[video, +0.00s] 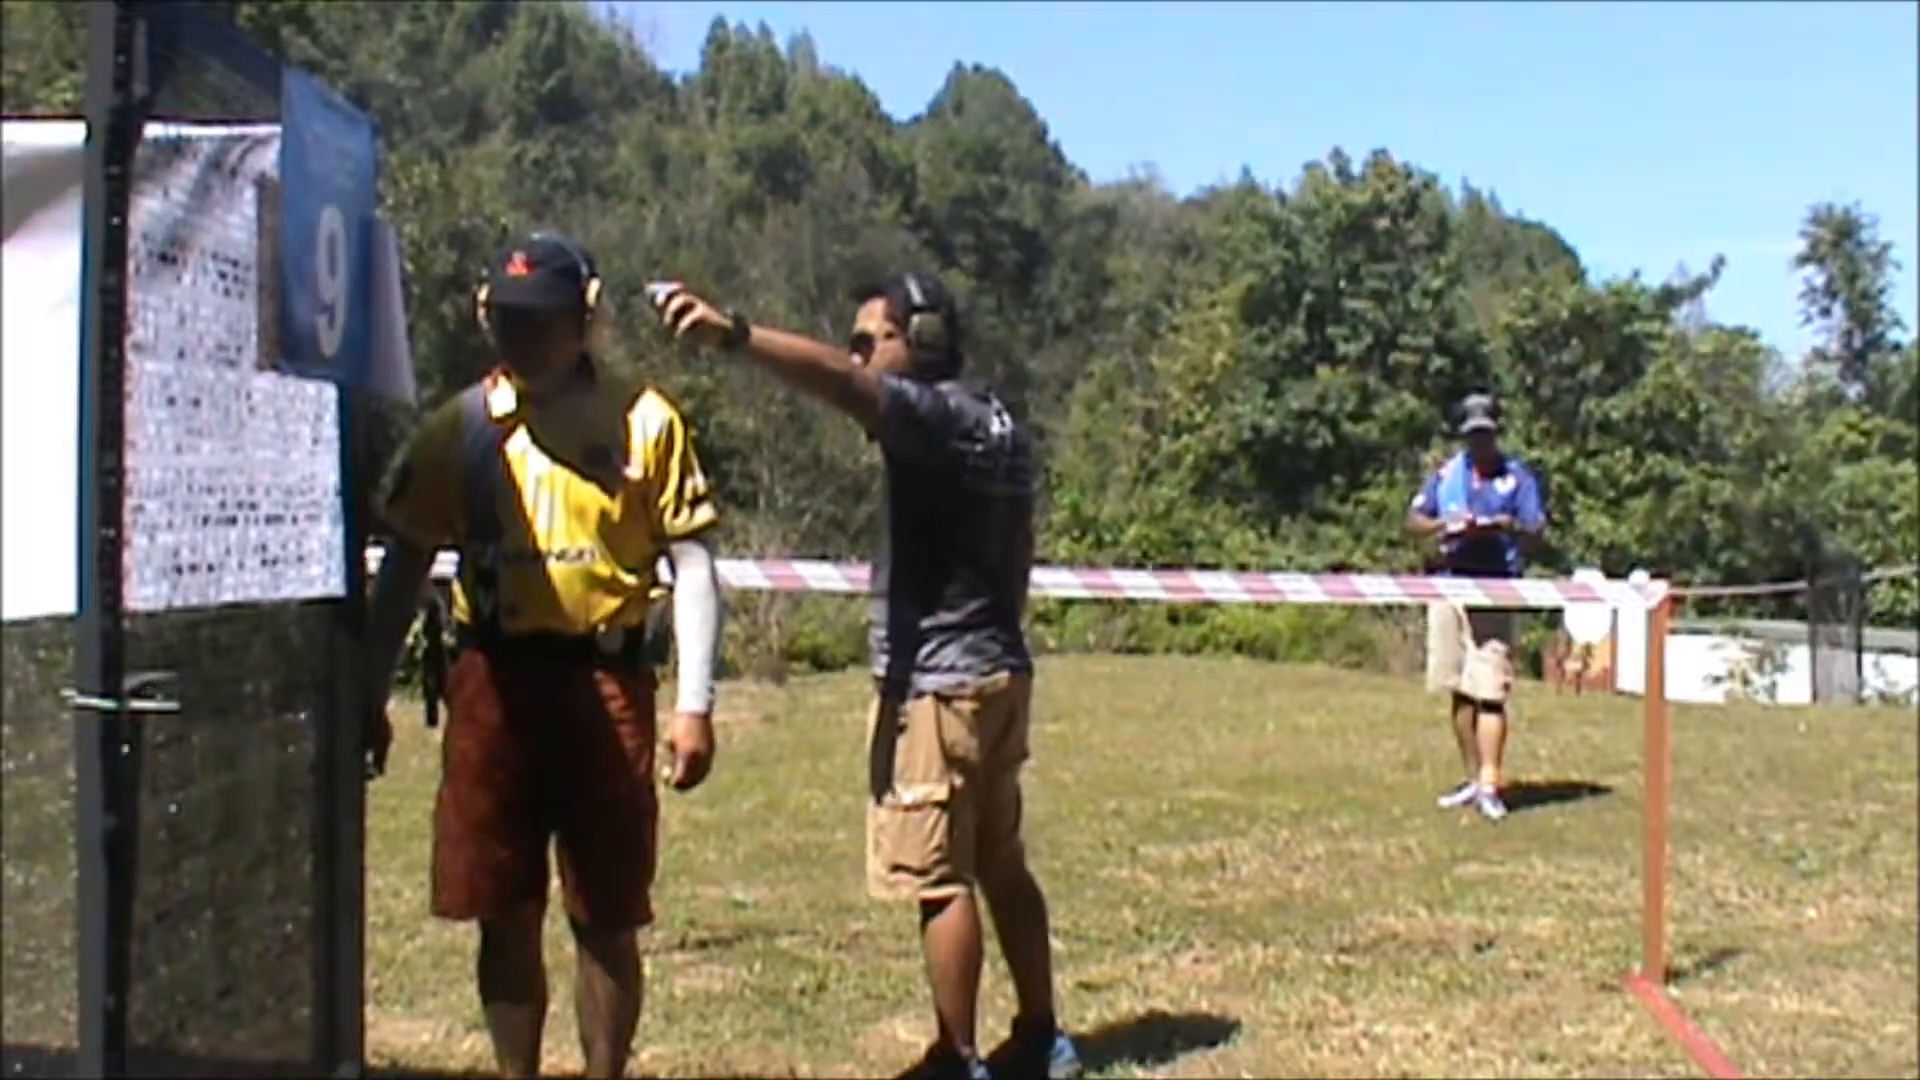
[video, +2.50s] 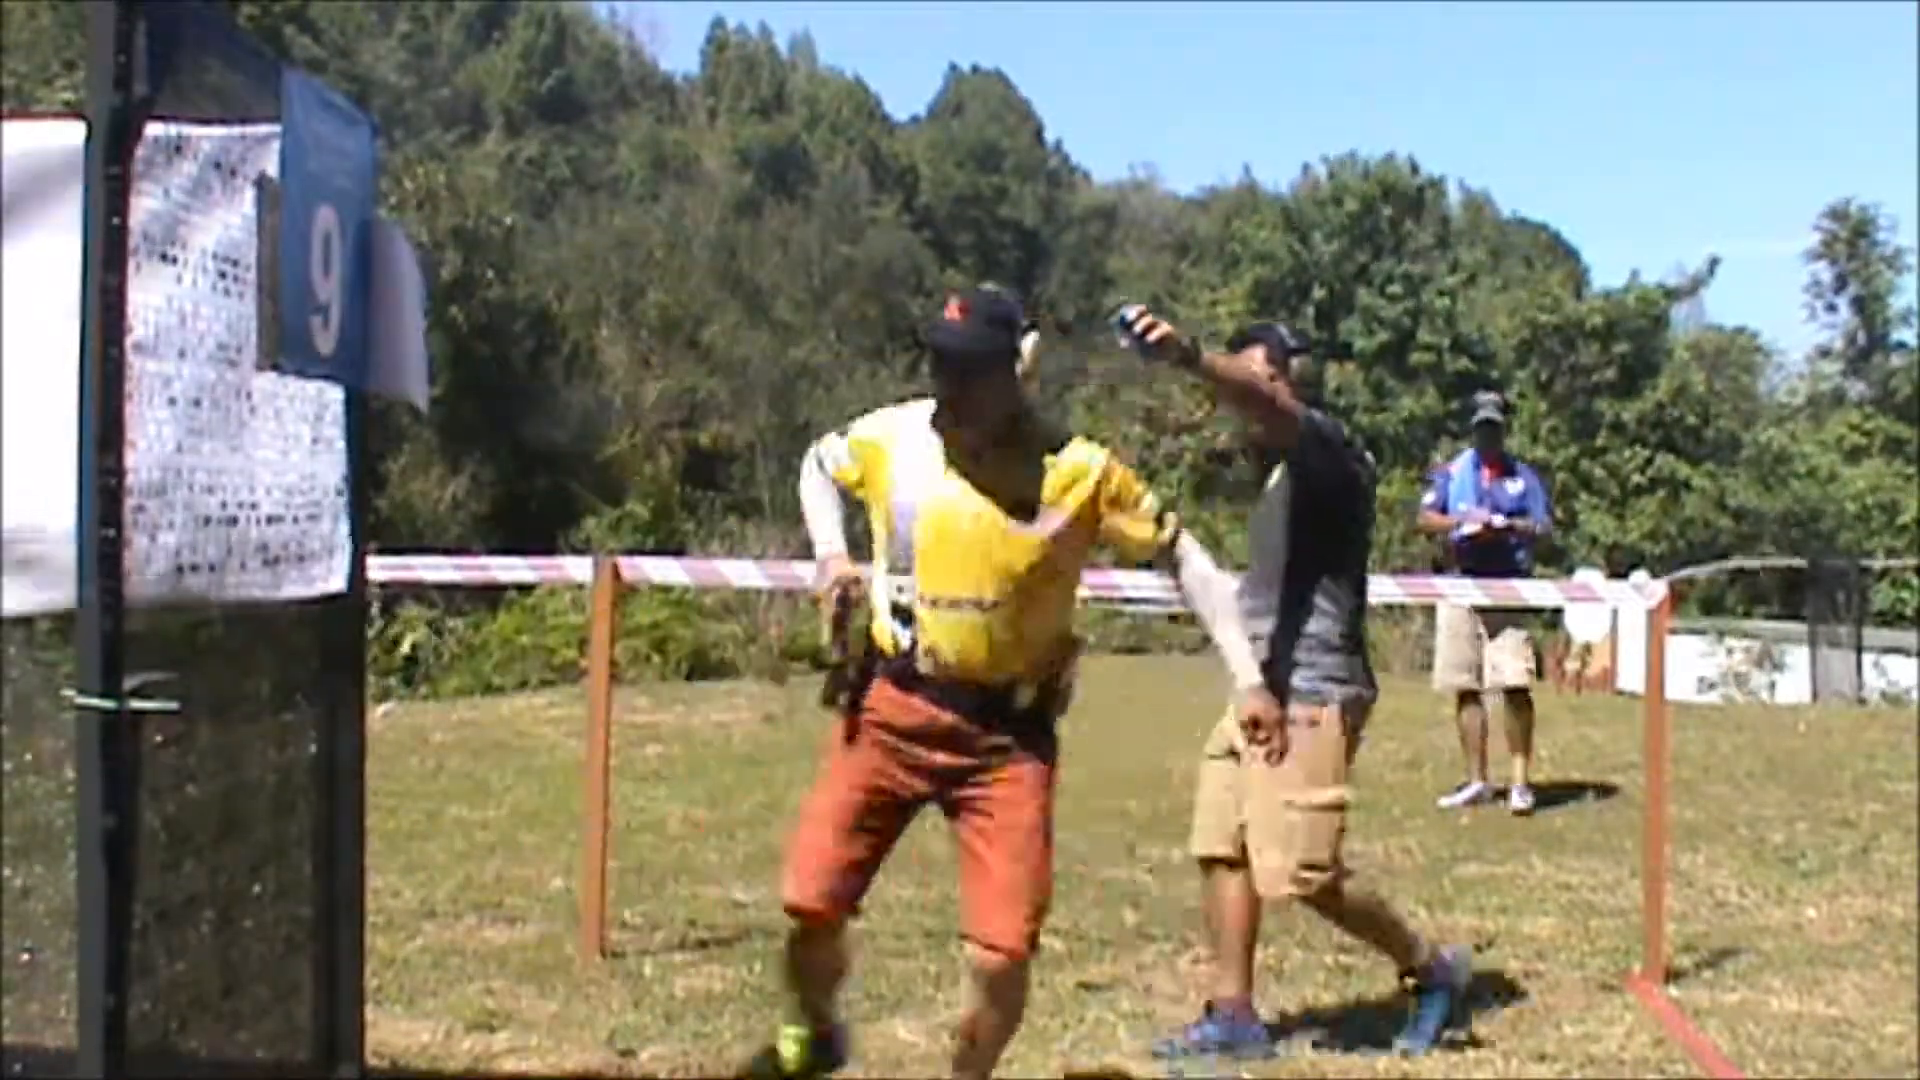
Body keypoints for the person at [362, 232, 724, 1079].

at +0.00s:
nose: (516, 339)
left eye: (536, 323)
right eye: (506, 320)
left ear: (585, 323)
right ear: (488, 317)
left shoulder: (645, 423)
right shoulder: (463, 426)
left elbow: (692, 565)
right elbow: (405, 565)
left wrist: (695, 700)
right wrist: (370, 695)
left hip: (605, 694)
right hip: (495, 694)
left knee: (606, 923)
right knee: (503, 915)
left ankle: (605, 1071)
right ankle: (517, 1071)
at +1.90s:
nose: (580, 433)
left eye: (595, 416)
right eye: (562, 416)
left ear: (624, 394)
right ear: (531, 394)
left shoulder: (671, 461)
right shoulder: (490, 432)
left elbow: (752, 583)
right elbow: (425, 475)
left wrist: (813, 718)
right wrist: (436, 583)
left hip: (645, 702)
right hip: (526, 698)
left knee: (724, 898)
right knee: (493, 922)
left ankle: (719, 1061)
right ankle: (509, 1072)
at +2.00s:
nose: (594, 453)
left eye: (610, 435)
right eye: (575, 437)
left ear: (638, 411)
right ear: (545, 413)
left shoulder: (685, 481)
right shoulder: (495, 455)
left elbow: (766, 594)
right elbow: (455, 522)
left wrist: (818, 723)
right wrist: (479, 649)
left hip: (664, 714)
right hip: (541, 712)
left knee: (757, 909)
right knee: (491, 928)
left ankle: (789, 1048)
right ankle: (503, 1071)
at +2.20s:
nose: (704, 512)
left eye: (712, 491)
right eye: (682, 500)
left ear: (726, 467)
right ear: (638, 485)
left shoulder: (772, 547)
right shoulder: (581, 514)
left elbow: (843, 644)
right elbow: (531, 551)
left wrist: (916, 759)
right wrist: (552, 665)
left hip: (736, 769)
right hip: (613, 763)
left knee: (850, 946)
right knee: (538, 957)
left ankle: (916, 1070)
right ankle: (525, 1071)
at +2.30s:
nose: (811, 500)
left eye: (826, 481)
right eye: (789, 483)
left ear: (848, 464)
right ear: (748, 466)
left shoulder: (885, 552)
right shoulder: (693, 502)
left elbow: (975, 646)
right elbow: (617, 522)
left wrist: (1063, 756)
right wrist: (635, 637)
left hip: (815, 780)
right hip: (690, 763)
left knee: (909, 951)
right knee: (583, 948)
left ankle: (927, 1072)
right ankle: (537, 1070)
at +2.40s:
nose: (863, 450)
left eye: (883, 432)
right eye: (848, 432)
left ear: (924, 430)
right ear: (830, 425)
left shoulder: (975, 534)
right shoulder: (787, 475)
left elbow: (1068, 628)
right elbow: (710, 492)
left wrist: (1157, 742)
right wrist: (721, 599)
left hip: (890, 763)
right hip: (769, 740)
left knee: (946, 961)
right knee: (648, 936)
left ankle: (954, 1076)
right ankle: (562, 1066)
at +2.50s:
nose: (949, 387)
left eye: (970, 371)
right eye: (941, 367)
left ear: (1018, 373)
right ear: (930, 365)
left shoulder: (1083, 474)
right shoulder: (895, 436)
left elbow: (1189, 561)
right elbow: (820, 467)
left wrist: (1249, 681)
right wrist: (833, 553)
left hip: (1007, 742)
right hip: (889, 719)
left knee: (1001, 958)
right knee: (810, 905)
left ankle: (970, 1070)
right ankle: (816, 1038)